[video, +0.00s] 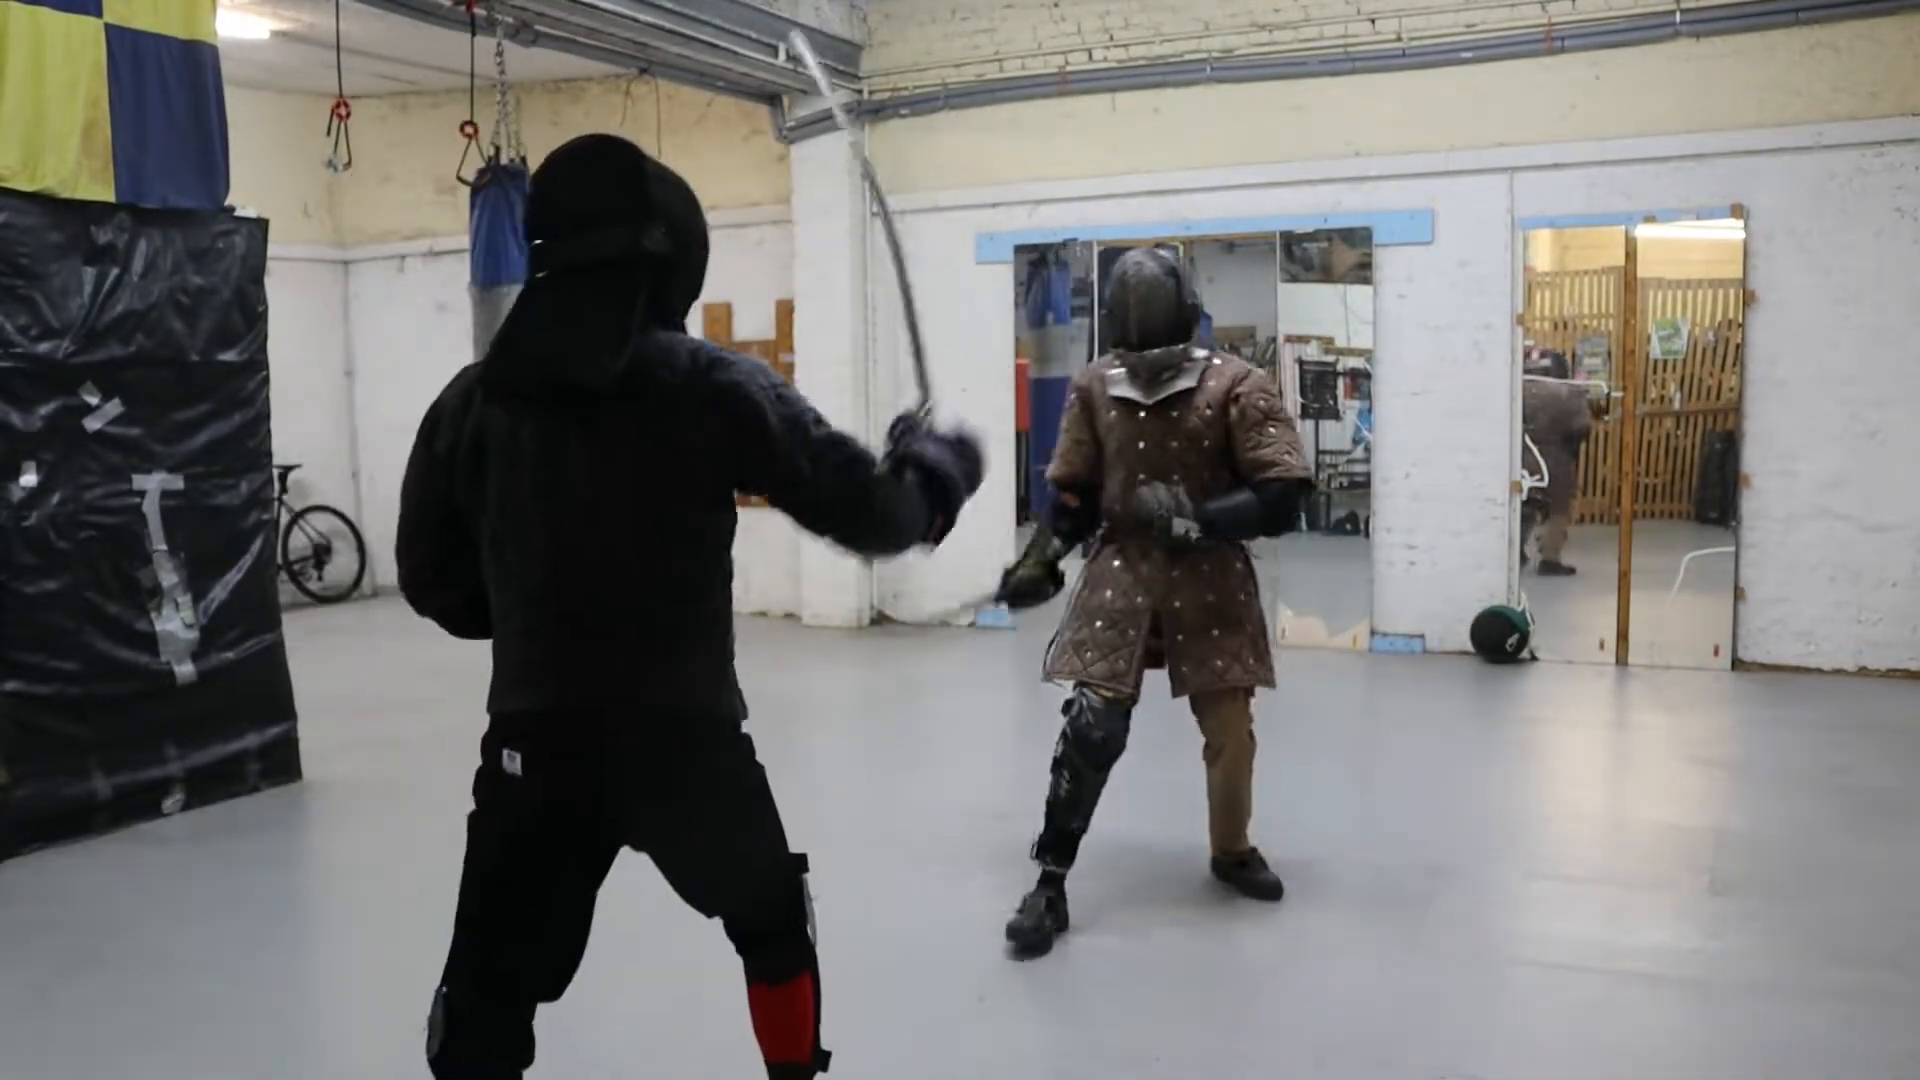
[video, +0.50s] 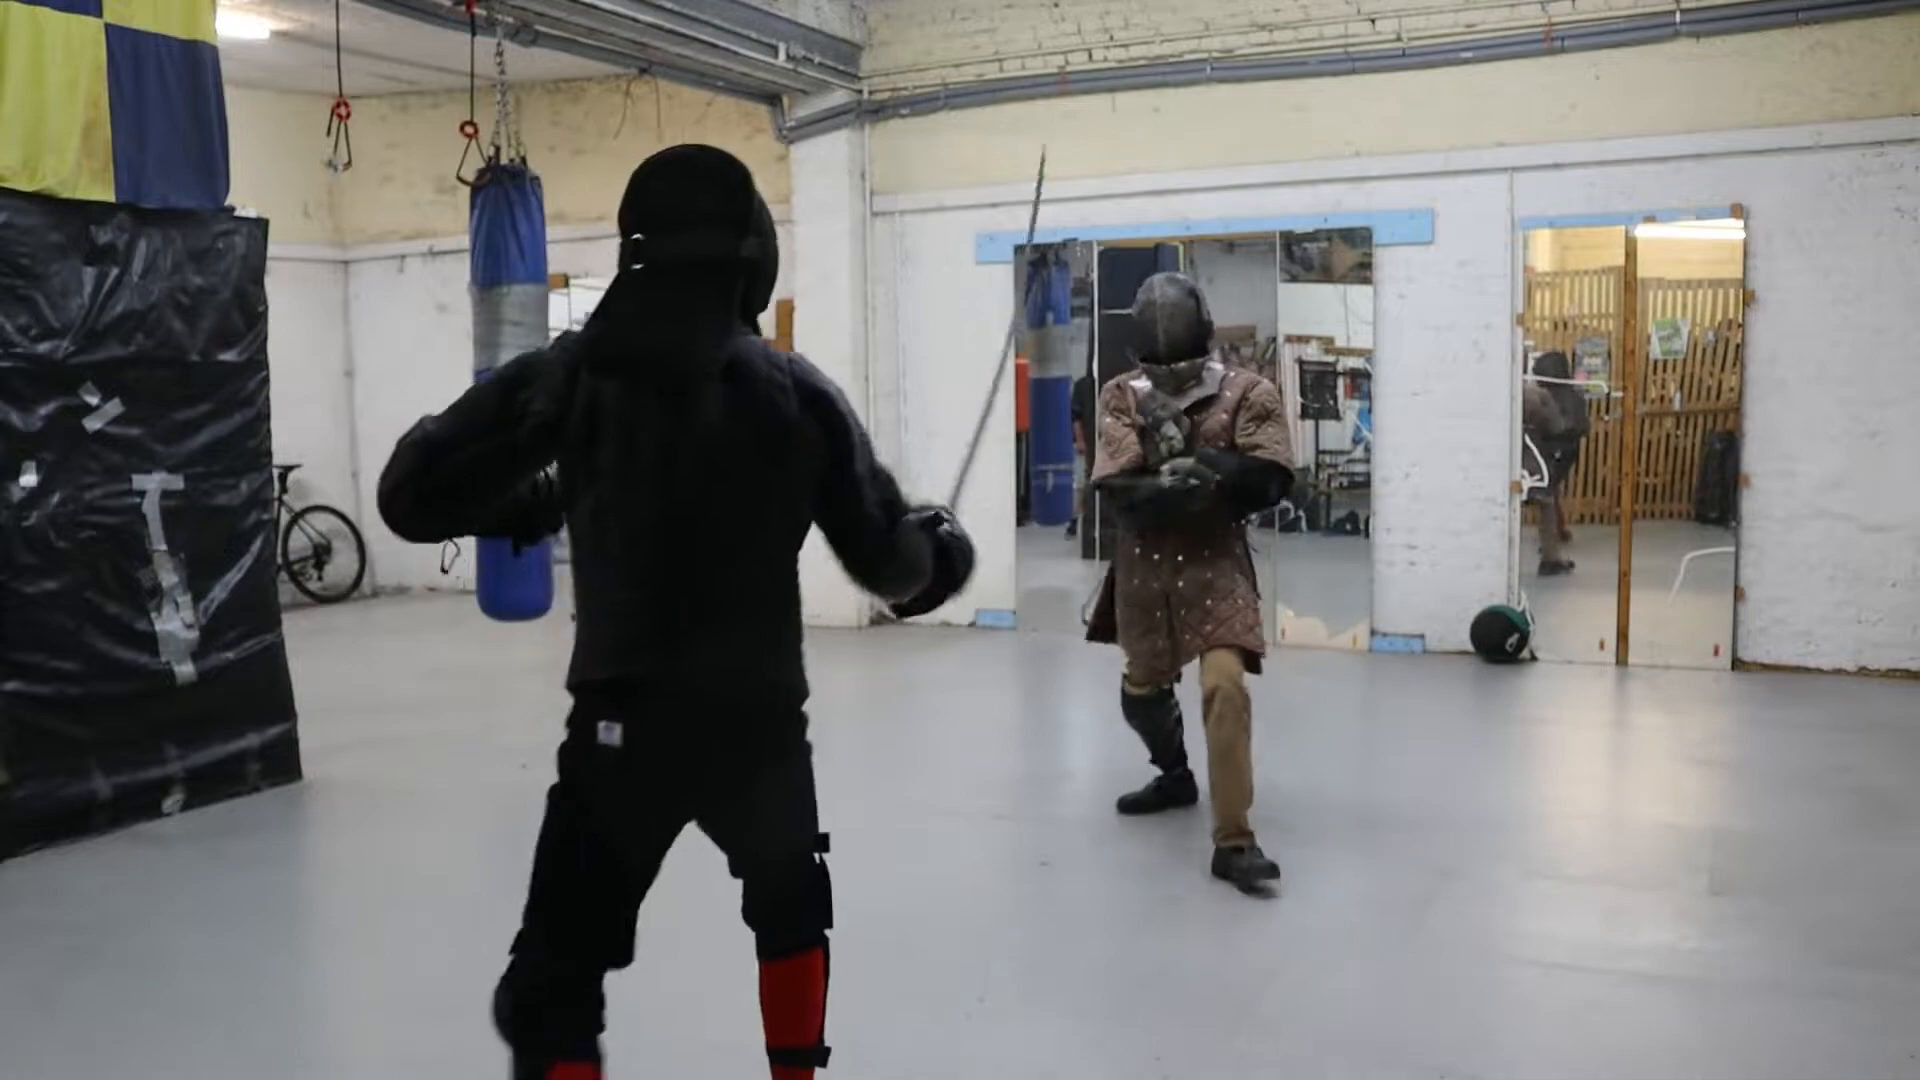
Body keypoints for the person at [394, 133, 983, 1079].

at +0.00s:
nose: (694, 264)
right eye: (684, 244)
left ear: (550, 258)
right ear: (666, 256)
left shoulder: (471, 402)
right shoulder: (710, 390)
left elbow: (435, 580)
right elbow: (873, 511)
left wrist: (540, 602)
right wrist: (938, 466)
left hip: (535, 755)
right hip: (683, 748)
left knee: (485, 995)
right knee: (771, 921)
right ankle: (794, 1071)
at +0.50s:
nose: (764, 264)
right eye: (758, 246)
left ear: (633, 254)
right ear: (752, 259)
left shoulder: (568, 378)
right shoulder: (792, 392)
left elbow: (412, 496)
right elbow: (890, 563)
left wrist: (542, 501)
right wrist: (940, 545)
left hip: (622, 738)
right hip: (758, 738)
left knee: (554, 988)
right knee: (792, 914)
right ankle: (796, 1072)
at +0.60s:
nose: (778, 255)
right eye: (773, 238)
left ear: (651, 243)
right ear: (764, 246)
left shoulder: (587, 360)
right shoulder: (808, 375)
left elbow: (438, 490)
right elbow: (901, 537)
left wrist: (517, 549)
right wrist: (955, 586)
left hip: (639, 707)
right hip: (771, 706)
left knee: (604, 954)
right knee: (797, 901)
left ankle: (649, 1077)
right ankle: (799, 1071)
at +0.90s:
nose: (809, 264)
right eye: (805, 247)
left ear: (687, 250)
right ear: (798, 256)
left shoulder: (622, 372)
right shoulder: (837, 388)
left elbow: (468, 494)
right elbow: (907, 557)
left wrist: (483, 642)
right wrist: (963, 657)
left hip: (675, 705)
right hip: (805, 703)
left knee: (656, 938)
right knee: (850, 856)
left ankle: (691, 1070)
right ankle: (877, 1045)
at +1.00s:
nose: (831, 278)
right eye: (828, 261)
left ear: (716, 260)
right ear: (820, 267)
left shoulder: (659, 365)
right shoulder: (858, 396)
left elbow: (495, 425)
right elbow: (938, 542)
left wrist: (560, 597)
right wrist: (1019, 601)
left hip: (701, 701)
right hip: (819, 700)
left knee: (678, 933)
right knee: (865, 861)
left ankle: (696, 1074)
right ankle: (905, 1032)